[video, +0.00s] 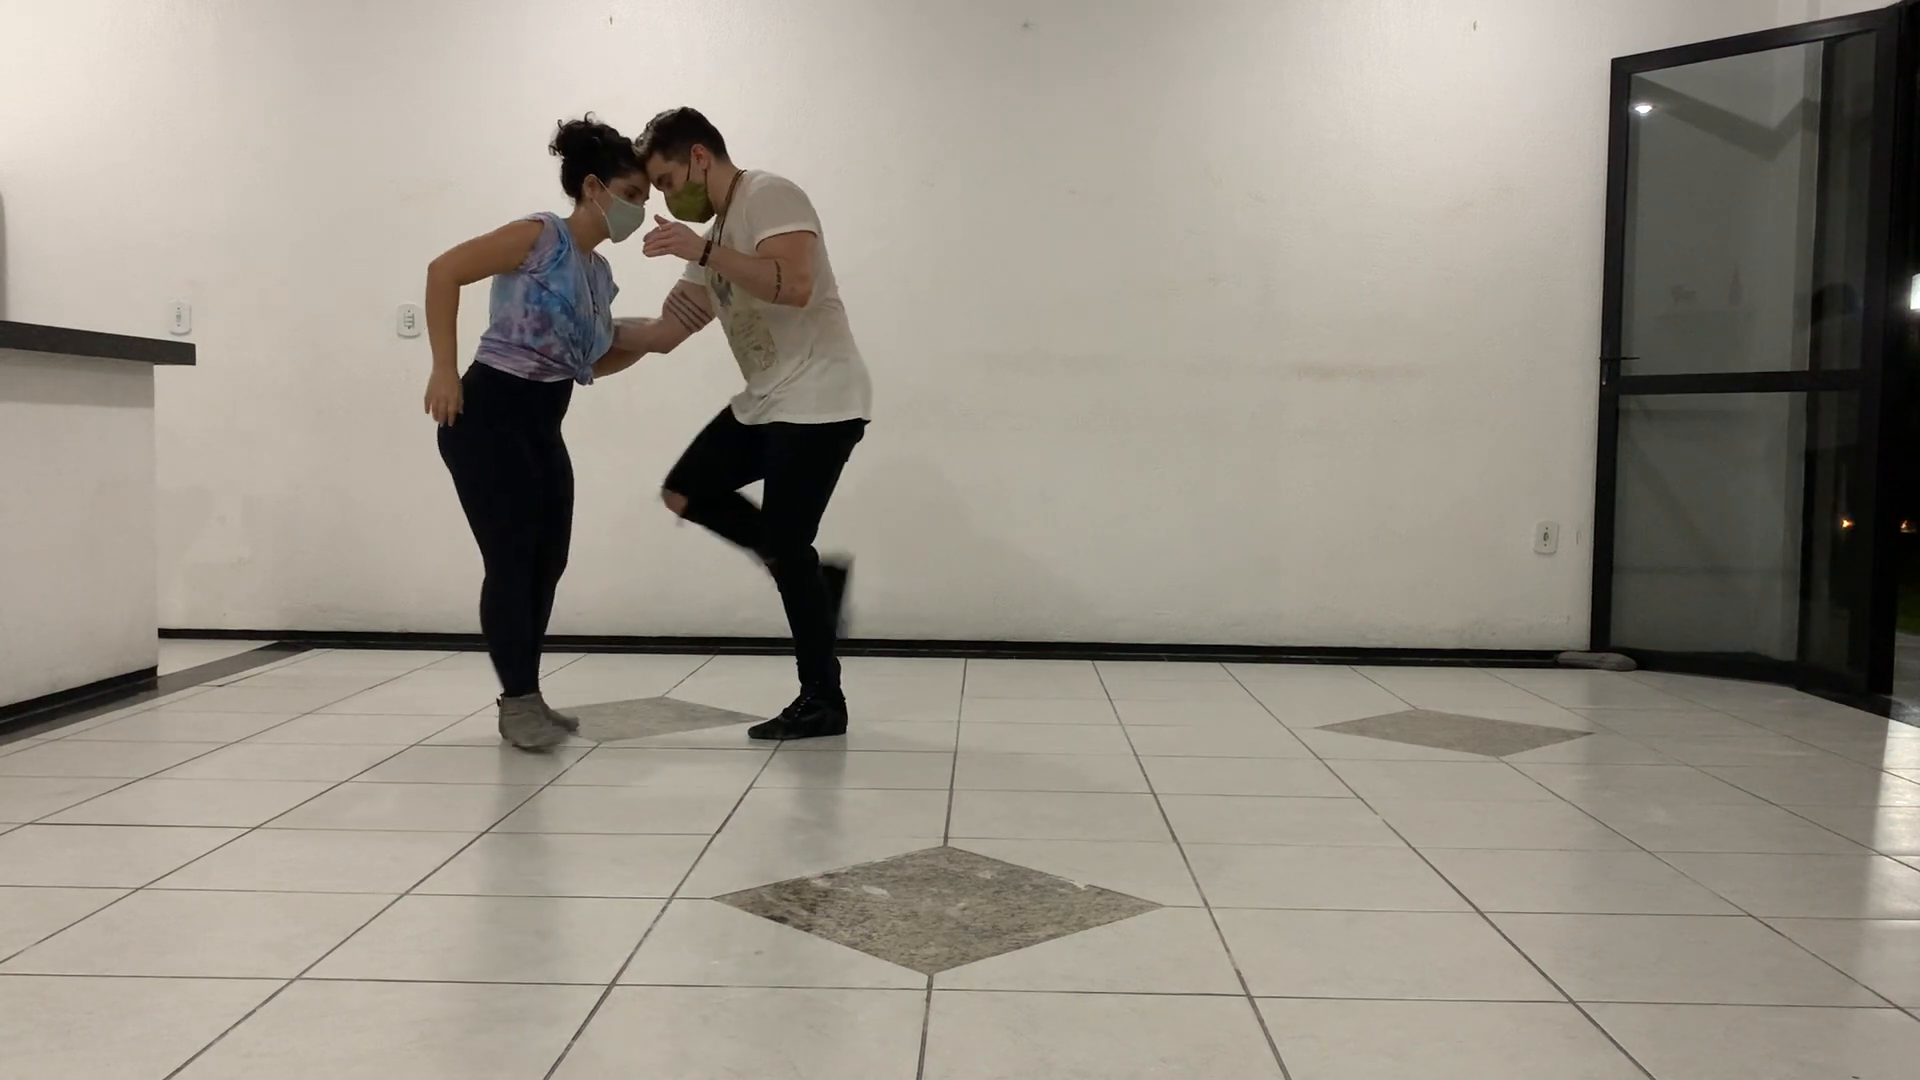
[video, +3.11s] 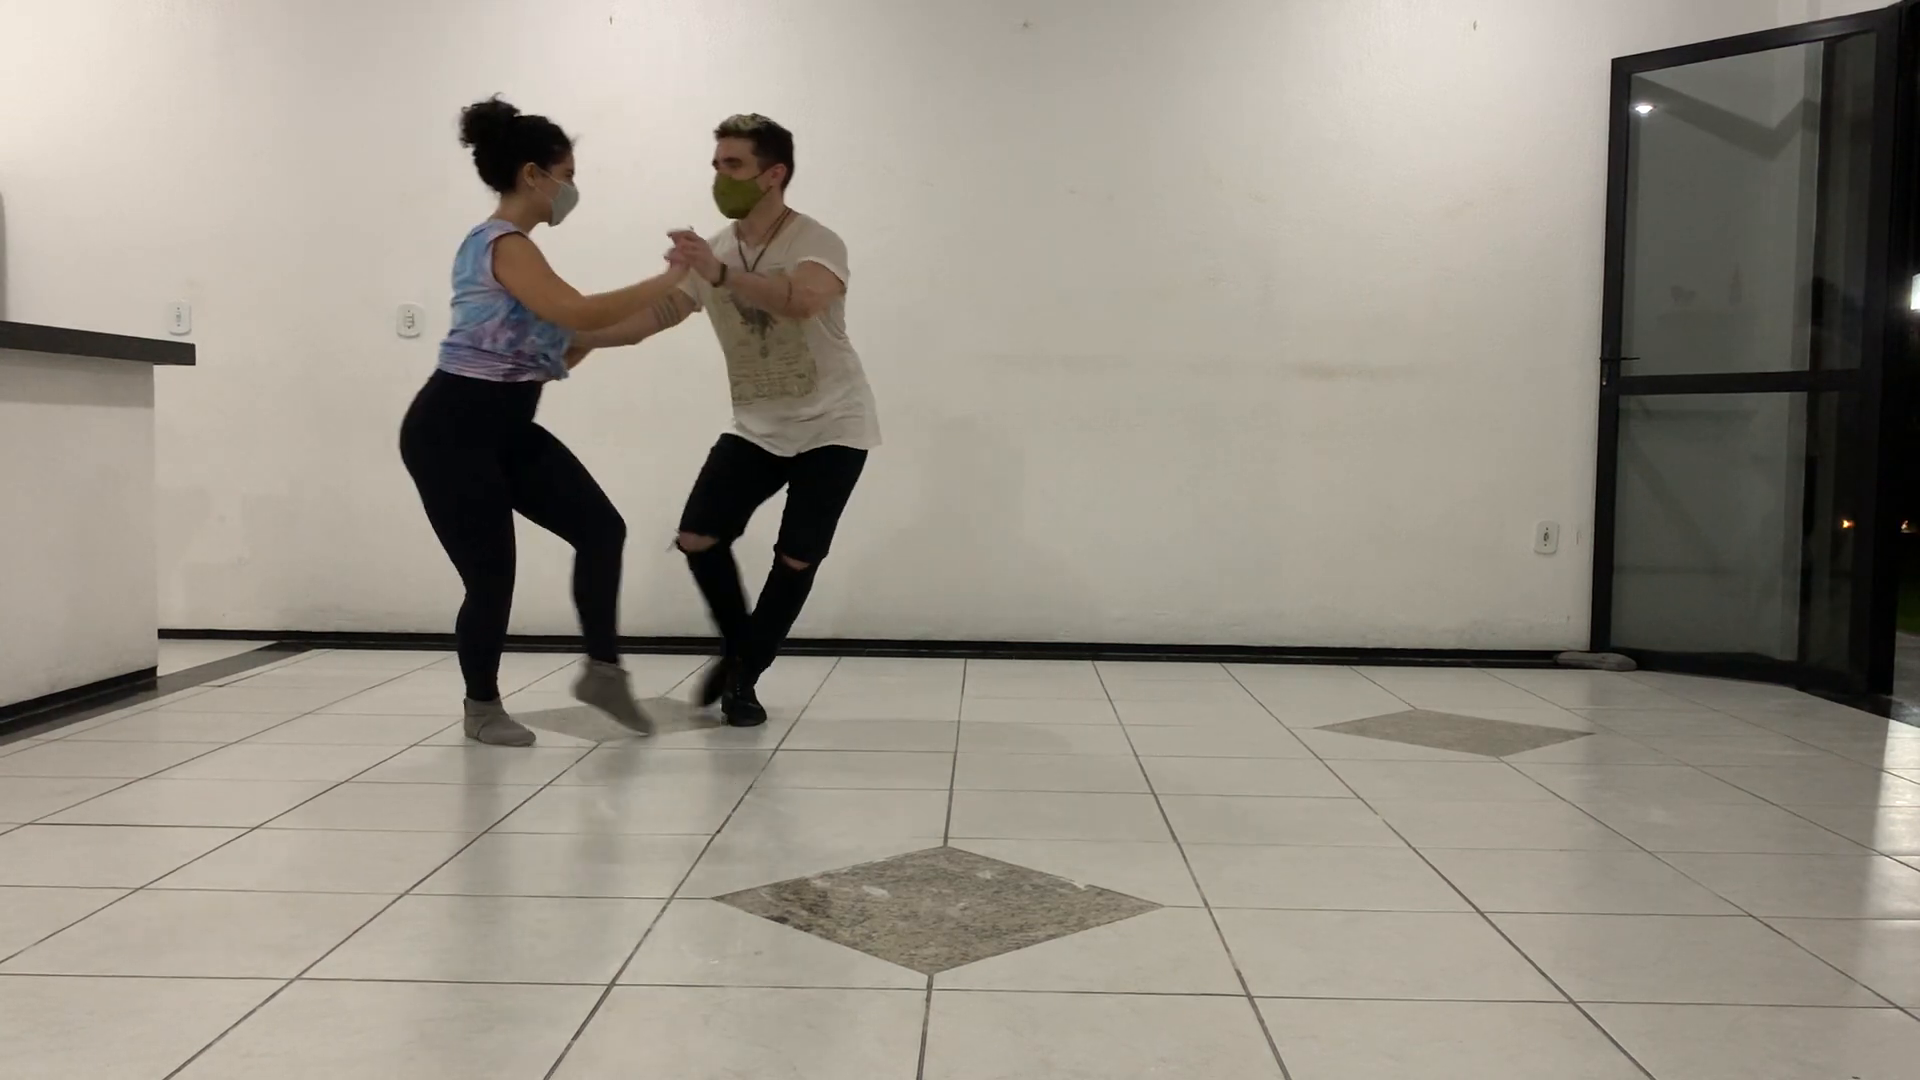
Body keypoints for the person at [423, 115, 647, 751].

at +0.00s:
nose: (641, 208)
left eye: (644, 196)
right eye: (633, 194)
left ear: (617, 194)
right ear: (593, 189)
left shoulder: (596, 278)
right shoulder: (540, 237)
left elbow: (590, 363)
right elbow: (444, 272)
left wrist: (657, 334)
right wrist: (445, 370)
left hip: (539, 422)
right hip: (487, 411)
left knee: (547, 557)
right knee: (512, 552)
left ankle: (524, 696)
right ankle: (517, 701)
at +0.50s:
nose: (579, 163)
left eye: (573, 153)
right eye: (565, 157)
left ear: (543, 175)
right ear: (534, 176)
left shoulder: (549, 261)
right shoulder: (512, 238)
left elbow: (620, 333)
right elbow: (445, 305)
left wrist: (658, 284)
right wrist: (448, 402)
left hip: (512, 419)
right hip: (472, 413)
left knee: (538, 552)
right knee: (506, 556)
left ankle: (506, 694)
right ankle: (469, 705)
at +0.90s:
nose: (498, 170)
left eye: (492, 160)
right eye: (486, 163)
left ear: (458, 182)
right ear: (454, 181)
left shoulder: (487, 248)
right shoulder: (453, 254)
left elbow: (545, 324)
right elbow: (465, 347)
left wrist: (619, 301)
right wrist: (543, 405)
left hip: (526, 417)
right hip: (491, 421)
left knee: (550, 558)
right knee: (526, 563)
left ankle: (507, 693)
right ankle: (474, 705)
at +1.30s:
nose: (494, 182)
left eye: (491, 170)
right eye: (484, 172)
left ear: (449, 185)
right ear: (448, 183)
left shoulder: (467, 250)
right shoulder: (439, 250)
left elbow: (543, 306)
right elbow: (479, 306)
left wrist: (620, 279)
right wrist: (569, 319)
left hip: (515, 415)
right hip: (491, 418)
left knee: (551, 556)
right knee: (529, 563)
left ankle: (508, 692)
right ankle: (475, 704)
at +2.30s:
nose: (543, 184)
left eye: (540, 172)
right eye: (534, 173)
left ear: (492, 182)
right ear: (500, 182)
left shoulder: (465, 243)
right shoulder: (503, 247)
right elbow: (537, 342)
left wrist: (544, 309)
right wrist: (608, 298)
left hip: (462, 425)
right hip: (457, 431)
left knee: (530, 557)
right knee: (515, 565)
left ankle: (504, 691)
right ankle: (476, 707)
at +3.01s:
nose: (554, 190)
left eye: (553, 177)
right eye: (546, 177)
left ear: (506, 179)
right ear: (512, 180)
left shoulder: (481, 247)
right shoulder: (492, 245)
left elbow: (531, 342)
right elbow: (582, 303)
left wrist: (623, 322)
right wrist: (667, 260)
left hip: (475, 428)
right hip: (433, 431)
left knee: (568, 531)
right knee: (491, 574)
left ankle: (539, 663)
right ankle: (472, 710)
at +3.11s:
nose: (574, 189)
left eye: (573, 176)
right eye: (567, 175)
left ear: (527, 177)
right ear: (531, 176)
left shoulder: (513, 252)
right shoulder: (500, 243)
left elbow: (566, 346)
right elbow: (578, 314)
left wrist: (659, 317)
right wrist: (666, 278)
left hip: (504, 431)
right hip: (451, 430)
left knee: (601, 530)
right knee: (489, 573)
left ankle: (603, 669)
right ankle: (481, 707)